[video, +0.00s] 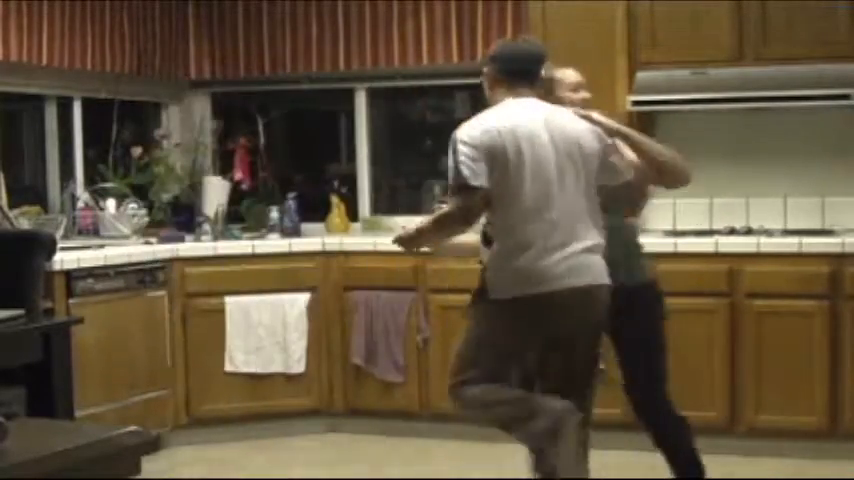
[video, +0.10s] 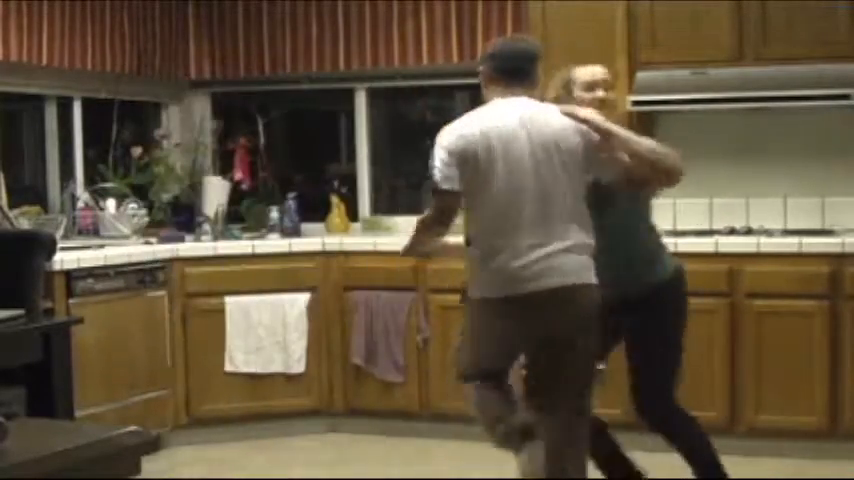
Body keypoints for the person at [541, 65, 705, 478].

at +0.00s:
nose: (584, 97)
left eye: (585, 89)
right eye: (572, 89)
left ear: (590, 96)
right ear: (547, 99)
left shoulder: (610, 148)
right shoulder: (536, 153)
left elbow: (678, 176)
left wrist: (607, 125)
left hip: (628, 282)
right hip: (572, 283)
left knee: (649, 401)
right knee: (564, 401)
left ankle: (691, 472)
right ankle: (562, 471)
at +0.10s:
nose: (601, 95)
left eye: (607, 87)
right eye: (589, 88)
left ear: (617, 97)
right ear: (565, 99)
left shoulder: (628, 151)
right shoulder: (559, 155)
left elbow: (671, 170)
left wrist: (597, 123)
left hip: (654, 285)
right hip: (600, 291)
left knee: (654, 405)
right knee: (556, 389)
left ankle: (713, 472)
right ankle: (622, 472)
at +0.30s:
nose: (590, 91)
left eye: (599, 81)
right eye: (592, 81)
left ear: (629, 88)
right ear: (621, 89)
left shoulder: (655, 142)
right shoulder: (605, 151)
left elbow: (608, 175)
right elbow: (572, 219)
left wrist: (557, 126)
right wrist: (529, 239)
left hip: (667, 290)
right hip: (628, 294)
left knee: (634, 404)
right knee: (604, 399)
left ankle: (732, 471)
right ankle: (666, 475)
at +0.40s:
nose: (597, 87)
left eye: (604, 77)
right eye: (600, 77)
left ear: (626, 83)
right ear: (632, 85)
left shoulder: (650, 136)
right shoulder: (625, 146)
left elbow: (581, 174)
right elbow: (580, 216)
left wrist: (529, 128)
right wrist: (521, 235)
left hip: (668, 287)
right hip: (646, 289)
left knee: (623, 402)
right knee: (622, 403)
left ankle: (716, 474)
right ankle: (671, 473)